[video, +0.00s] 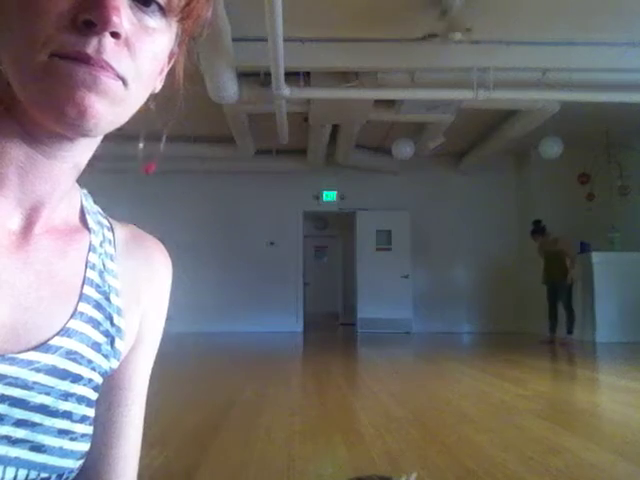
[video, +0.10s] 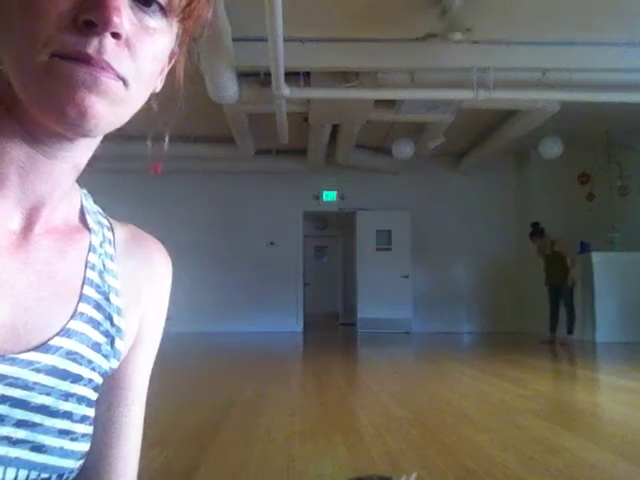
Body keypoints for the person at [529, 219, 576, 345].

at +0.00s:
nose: (536, 242)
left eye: (537, 238)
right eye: (535, 239)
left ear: (542, 235)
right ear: (537, 236)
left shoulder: (559, 243)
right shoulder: (542, 246)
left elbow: (572, 257)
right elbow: (547, 261)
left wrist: (571, 274)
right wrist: (545, 277)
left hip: (564, 279)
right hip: (551, 280)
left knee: (567, 306)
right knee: (552, 307)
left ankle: (569, 335)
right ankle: (552, 335)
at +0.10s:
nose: (535, 244)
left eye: (535, 241)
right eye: (533, 242)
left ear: (541, 237)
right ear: (536, 239)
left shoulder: (558, 245)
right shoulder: (541, 249)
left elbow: (572, 259)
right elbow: (547, 263)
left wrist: (571, 277)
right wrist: (547, 279)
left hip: (565, 280)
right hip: (552, 282)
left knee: (568, 307)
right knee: (553, 309)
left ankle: (569, 335)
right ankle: (552, 335)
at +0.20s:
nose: (533, 247)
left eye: (534, 244)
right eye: (532, 244)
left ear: (539, 240)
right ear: (533, 243)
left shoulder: (556, 246)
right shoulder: (539, 252)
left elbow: (571, 263)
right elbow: (546, 267)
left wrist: (570, 281)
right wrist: (547, 281)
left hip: (566, 279)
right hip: (554, 280)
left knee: (568, 306)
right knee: (554, 307)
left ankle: (569, 335)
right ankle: (552, 335)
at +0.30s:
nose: (532, 254)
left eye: (532, 251)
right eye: (530, 251)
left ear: (537, 247)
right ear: (532, 250)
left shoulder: (555, 252)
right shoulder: (538, 257)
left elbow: (569, 269)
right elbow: (543, 271)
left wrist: (569, 286)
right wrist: (547, 284)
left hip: (567, 278)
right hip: (554, 279)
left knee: (568, 307)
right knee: (554, 307)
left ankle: (569, 335)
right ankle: (552, 335)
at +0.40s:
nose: (529, 260)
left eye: (529, 257)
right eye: (528, 257)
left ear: (535, 254)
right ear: (530, 256)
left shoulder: (551, 259)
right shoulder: (535, 262)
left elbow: (567, 276)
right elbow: (540, 276)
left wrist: (568, 293)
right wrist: (546, 289)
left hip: (567, 279)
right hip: (554, 280)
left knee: (566, 307)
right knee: (553, 308)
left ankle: (569, 335)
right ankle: (551, 335)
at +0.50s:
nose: (530, 267)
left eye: (530, 264)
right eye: (528, 265)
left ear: (534, 260)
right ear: (527, 263)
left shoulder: (549, 262)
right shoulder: (534, 267)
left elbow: (564, 278)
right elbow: (537, 280)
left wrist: (567, 293)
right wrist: (541, 294)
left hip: (567, 283)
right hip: (553, 284)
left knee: (566, 309)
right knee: (551, 310)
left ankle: (568, 335)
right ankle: (551, 336)